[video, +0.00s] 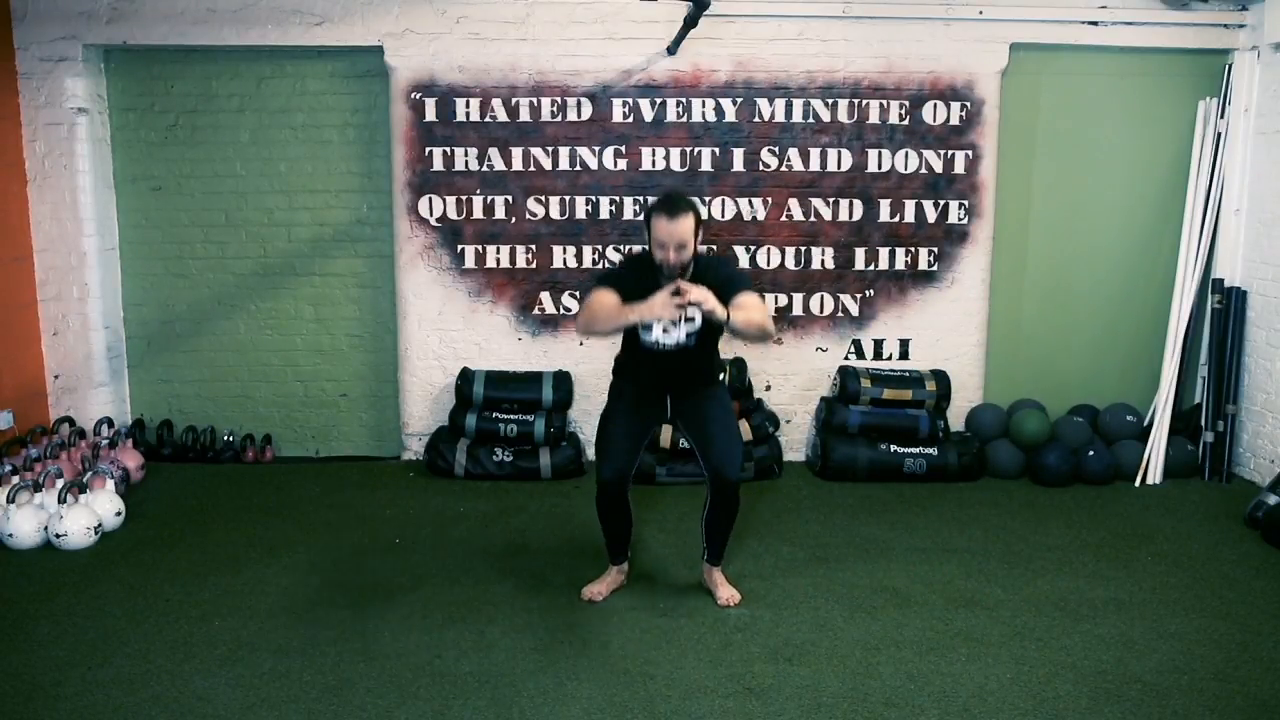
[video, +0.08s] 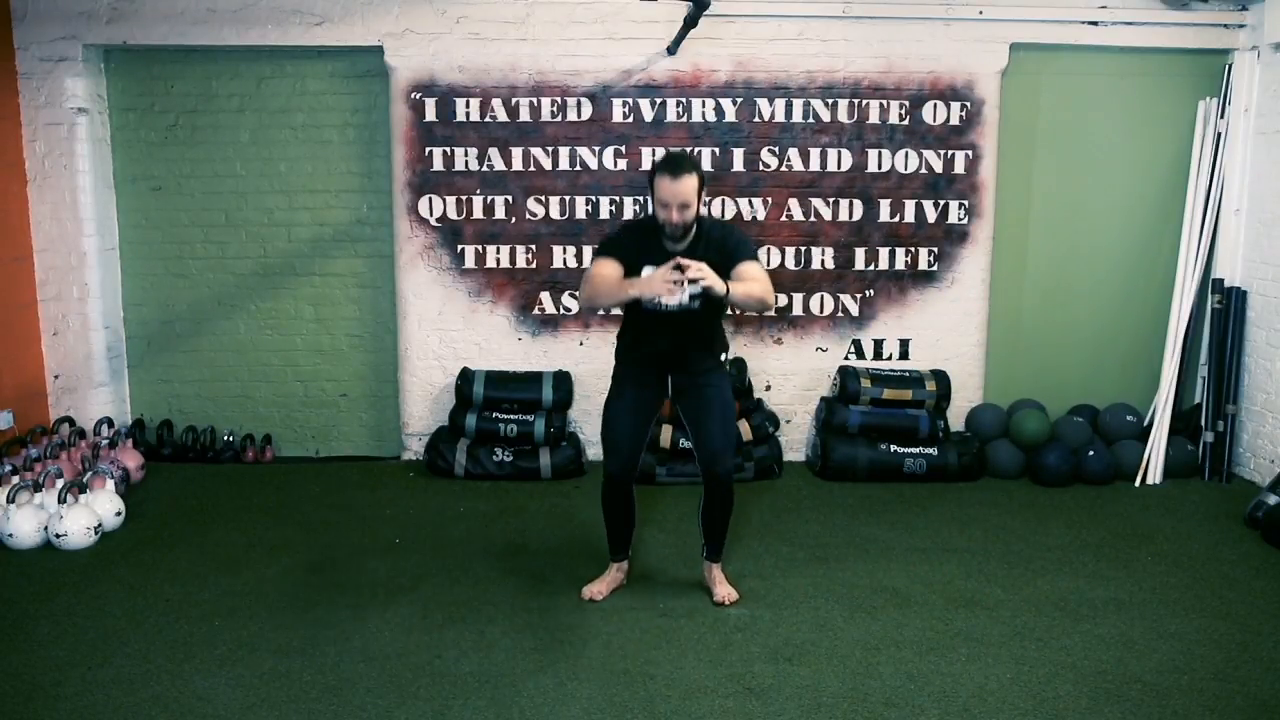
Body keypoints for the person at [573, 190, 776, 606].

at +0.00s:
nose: (670, 256)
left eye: (680, 247)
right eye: (661, 246)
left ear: (696, 238)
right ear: (649, 239)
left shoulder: (717, 273)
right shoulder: (633, 271)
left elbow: (763, 326)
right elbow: (587, 320)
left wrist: (722, 313)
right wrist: (645, 310)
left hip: (699, 388)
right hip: (637, 388)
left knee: (727, 473)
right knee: (610, 476)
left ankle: (713, 568)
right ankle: (618, 565)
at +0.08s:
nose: (674, 216)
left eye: (683, 206)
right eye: (665, 206)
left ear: (699, 199)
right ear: (652, 199)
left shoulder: (722, 239)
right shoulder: (631, 236)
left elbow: (765, 295)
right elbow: (591, 290)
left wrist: (724, 287)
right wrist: (641, 285)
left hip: (702, 367)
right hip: (638, 366)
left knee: (720, 466)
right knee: (618, 464)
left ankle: (714, 563)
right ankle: (618, 563)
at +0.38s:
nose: (680, 168)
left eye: (690, 159)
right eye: (672, 158)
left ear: (709, 154)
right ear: (660, 153)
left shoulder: (731, 203)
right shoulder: (640, 196)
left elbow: (765, 261)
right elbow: (590, 254)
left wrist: (716, 255)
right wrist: (632, 248)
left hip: (700, 356)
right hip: (635, 351)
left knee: (709, 460)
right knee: (603, 451)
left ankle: (714, 562)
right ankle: (568, 551)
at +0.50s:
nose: (673, 171)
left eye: (684, 162)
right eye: (665, 160)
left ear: (703, 158)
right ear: (654, 154)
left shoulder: (720, 208)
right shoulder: (631, 195)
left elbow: (752, 268)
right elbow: (581, 252)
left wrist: (704, 260)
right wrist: (622, 250)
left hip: (682, 357)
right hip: (615, 347)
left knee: (697, 462)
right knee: (559, 438)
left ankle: (713, 562)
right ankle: (502, 529)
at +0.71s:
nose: (638, 189)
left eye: (650, 181)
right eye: (631, 177)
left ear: (670, 176)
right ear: (620, 169)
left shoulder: (682, 223)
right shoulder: (595, 211)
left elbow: (713, 286)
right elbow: (541, 263)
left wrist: (669, 277)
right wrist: (586, 263)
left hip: (640, 369)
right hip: (570, 359)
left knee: (672, 463)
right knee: (502, 441)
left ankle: (709, 563)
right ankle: (429, 530)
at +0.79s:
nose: (612, 204)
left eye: (624, 195)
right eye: (605, 192)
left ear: (643, 189)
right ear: (594, 180)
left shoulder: (657, 237)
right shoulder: (566, 224)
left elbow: (687, 299)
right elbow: (519, 274)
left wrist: (642, 287)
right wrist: (561, 276)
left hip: (616, 378)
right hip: (545, 369)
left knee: (655, 466)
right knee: (477, 452)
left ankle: (708, 564)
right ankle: (407, 544)